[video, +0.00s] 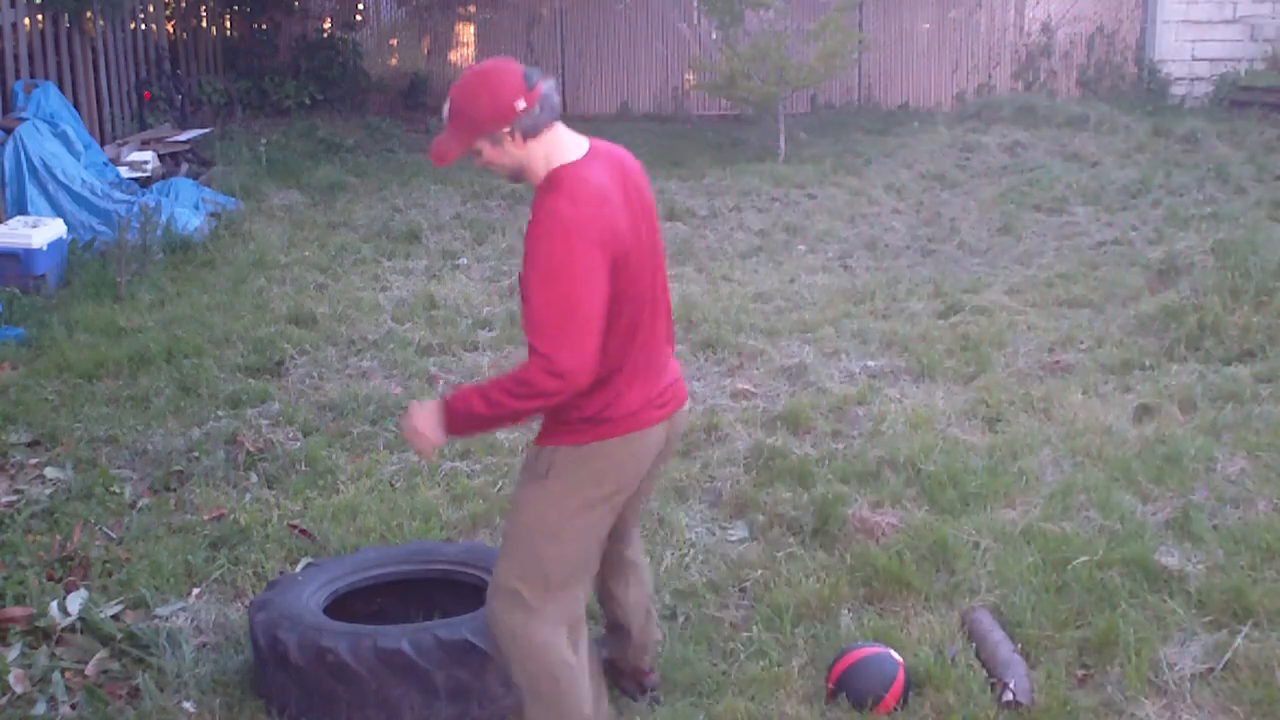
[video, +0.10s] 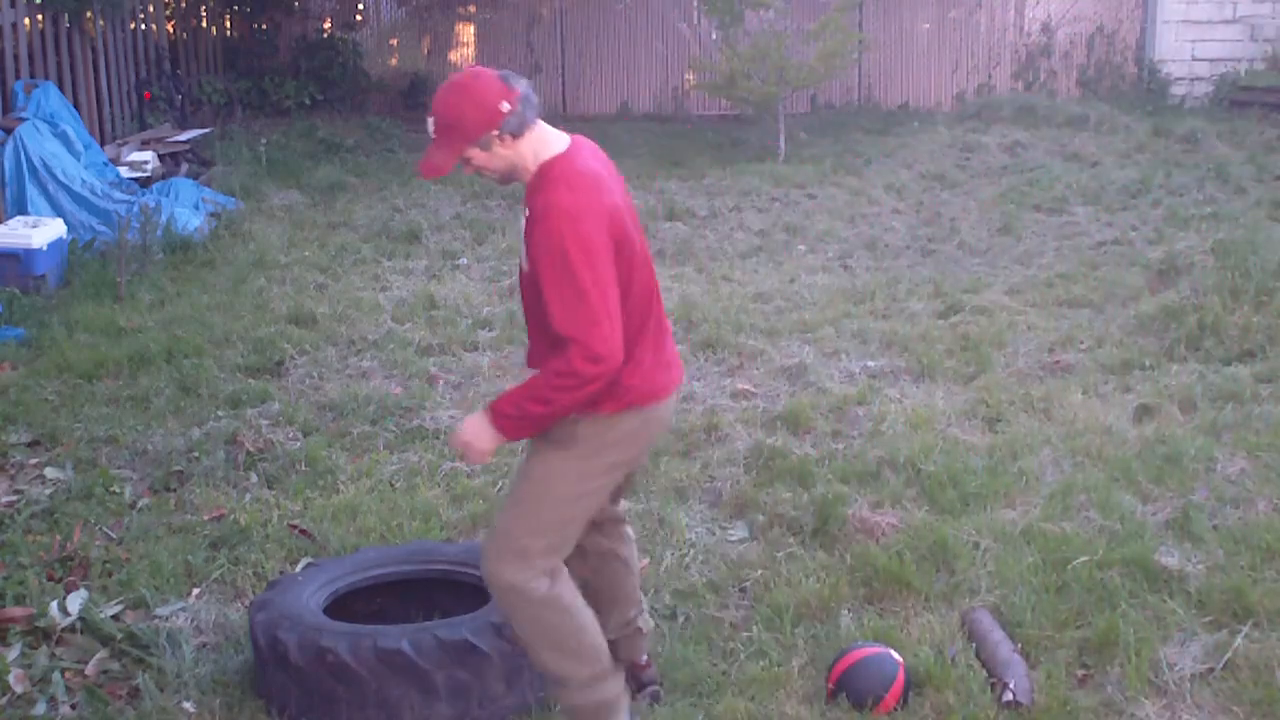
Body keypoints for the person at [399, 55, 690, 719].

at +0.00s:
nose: (480, 162)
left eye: (479, 149)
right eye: (474, 151)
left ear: (510, 135)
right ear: (536, 116)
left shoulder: (565, 211)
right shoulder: (618, 162)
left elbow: (562, 369)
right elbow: (635, 294)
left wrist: (449, 414)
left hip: (599, 432)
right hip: (655, 407)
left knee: (527, 603)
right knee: (615, 545)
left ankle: (571, 709)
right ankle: (635, 667)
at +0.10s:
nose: (470, 169)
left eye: (470, 156)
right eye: (462, 159)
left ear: (505, 134)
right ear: (516, 124)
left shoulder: (562, 205)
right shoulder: (580, 156)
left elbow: (595, 355)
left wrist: (497, 421)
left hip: (613, 403)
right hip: (639, 382)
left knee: (518, 559)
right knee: (593, 518)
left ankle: (599, 704)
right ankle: (628, 661)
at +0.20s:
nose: (457, 166)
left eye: (456, 154)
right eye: (450, 157)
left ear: (486, 130)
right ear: (489, 121)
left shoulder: (566, 184)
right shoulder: (525, 161)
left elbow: (605, 331)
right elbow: (526, 269)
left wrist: (525, 412)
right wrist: (521, 354)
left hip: (621, 378)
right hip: (586, 370)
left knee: (541, 535)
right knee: (586, 511)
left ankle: (602, 690)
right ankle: (630, 648)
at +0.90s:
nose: (428, 422)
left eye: (428, 413)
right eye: (417, 419)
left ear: (446, 382)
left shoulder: (528, 364)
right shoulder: (423, 366)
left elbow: (613, 430)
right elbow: (436, 451)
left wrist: (540, 492)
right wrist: (450, 539)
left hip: (624, 396)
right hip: (529, 404)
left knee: (588, 512)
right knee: (464, 492)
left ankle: (598, 683)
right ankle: (492, 640)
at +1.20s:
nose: (483, 367)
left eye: (493, 352)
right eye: (475, 353)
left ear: (523, 322)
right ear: (454, 313)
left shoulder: (591, 323)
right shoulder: (457, 308)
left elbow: (631, 427)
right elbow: (446, 393)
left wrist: (560, 501)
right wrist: (443, 485)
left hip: (635, 390)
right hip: (549, 387)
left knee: (612, 519)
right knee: (499, 503)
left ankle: (605, 680)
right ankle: (489, 645)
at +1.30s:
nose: (529, 337)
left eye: (541, 326)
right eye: (519, 327)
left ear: (567, 298)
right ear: (496, 290)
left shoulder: (614, 298)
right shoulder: (478, 272)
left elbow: (638, 418)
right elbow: (443, 365)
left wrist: (567, 497)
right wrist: (434, 460)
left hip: (633, 393)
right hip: (549, 390)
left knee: (624, 529)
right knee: (527, 517)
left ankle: (608, 684)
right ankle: (514, 644)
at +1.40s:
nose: (573, 301)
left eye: (587, 289)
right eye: (562, 286)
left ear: (612, 267)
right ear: (541, 251)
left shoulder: (645, 292)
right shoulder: (500, 251)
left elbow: (638, 408)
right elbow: (447, 341)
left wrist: (563, 484)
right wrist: (425, 448)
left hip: (627, 402)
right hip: (546, 396)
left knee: (625, 536)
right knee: (534, 526)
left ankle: (609, 684)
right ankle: (523, 648)